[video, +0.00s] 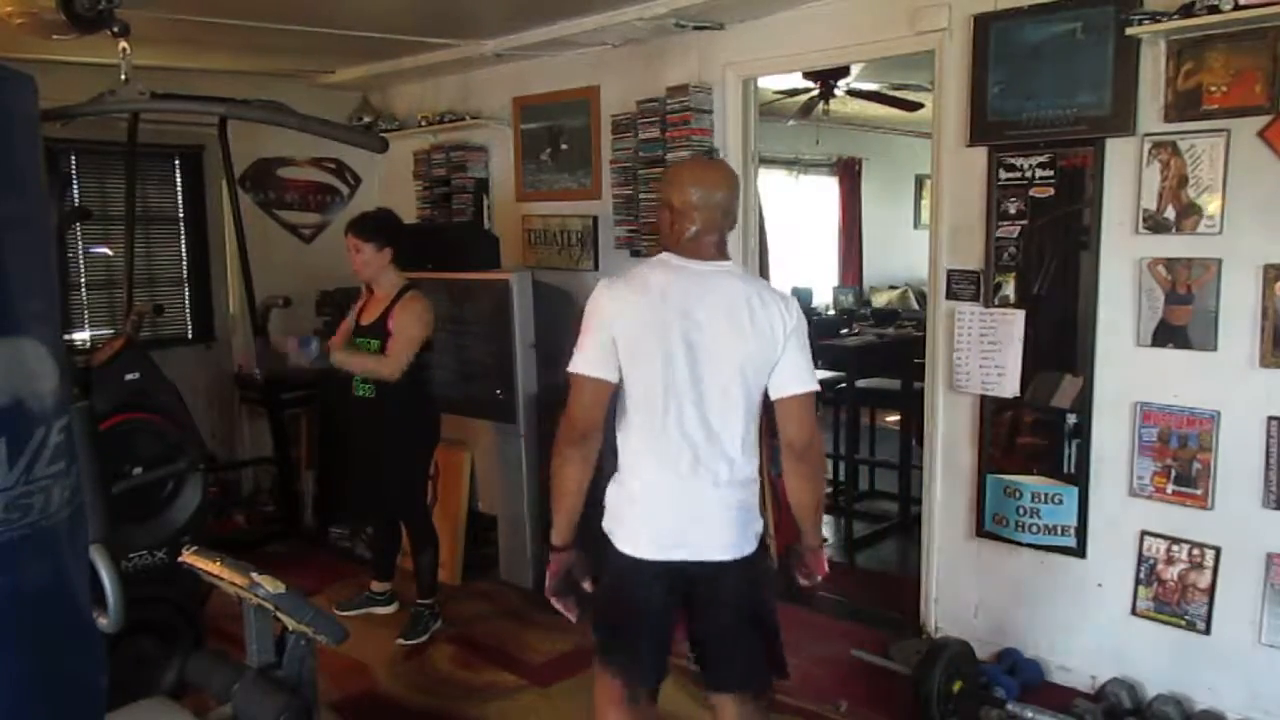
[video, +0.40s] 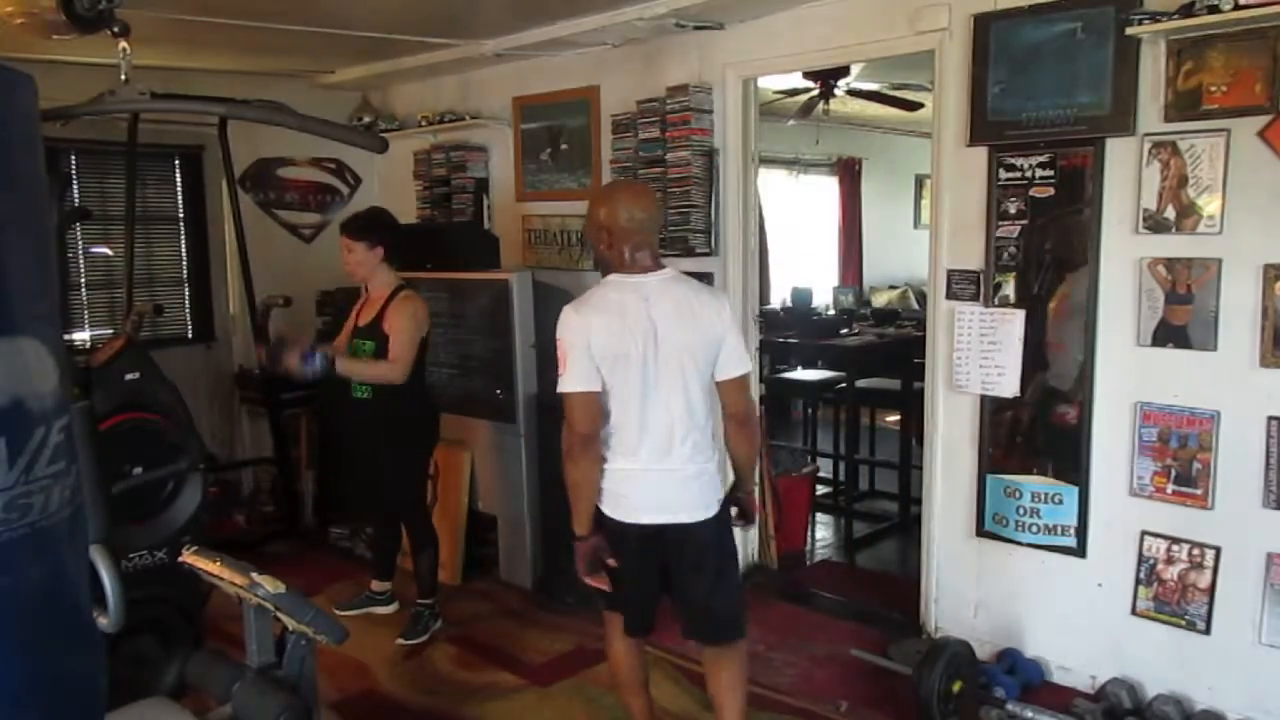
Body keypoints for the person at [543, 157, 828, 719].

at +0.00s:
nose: (656, 215)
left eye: (661, 206)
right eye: (660, 204)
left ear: (677, 216)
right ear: (729, 219)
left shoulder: (618, 297)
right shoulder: (774, 309)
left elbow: (580, 432)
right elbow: (800, 441)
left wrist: (562, 543)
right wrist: (811, 539)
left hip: (637, 546)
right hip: (732, 548)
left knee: (621, 691)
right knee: (738, 699)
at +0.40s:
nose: (589, 238)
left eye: (591, 231)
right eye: (592, 229)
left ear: (602, 239)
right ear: (658, 233)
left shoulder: (583, 316)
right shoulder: (711, 305)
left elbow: (583, 435)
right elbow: (739, 412)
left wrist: (584, 531)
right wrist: (747, 486)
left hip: (624, 516)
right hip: (700, 515)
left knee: (623, 626)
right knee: (724, 642)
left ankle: (640, 713)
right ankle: (732, 714)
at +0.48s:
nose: (586, 235)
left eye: (587, 228)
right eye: (588, 226)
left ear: (597, 233)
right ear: (652, 227)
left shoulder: (577, 308)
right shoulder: (703, 299)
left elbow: (573, 425)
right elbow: (728, 406)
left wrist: (563, 510)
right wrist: (729, 477)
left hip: (617, 500)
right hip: (693, 493)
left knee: (619, 617)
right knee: (713, 605)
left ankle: (639, 713)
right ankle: (734, 709)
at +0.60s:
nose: (579, 218)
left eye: (581, 209)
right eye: (581, 208)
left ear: (596, 211)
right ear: (642, 210)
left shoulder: (576, 286)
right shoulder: (690, 278)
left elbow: (562, 394)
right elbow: (713, 382)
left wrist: (532, 454)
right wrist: (708, 459)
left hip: (614, 476)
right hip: (684, 467)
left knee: (622, 599)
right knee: (691, 568)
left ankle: (641, 711)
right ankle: (725, 685)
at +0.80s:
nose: (563, 227)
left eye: (568, 217)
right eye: (565, 216)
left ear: (594, 219)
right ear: (621, 219)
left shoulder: (582, 283)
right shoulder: (667, 278)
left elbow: (567, 388)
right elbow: (686, 374)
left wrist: (501, 432)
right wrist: (678, 441)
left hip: (617, 464)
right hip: (671, 457)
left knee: (617, 599)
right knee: (662, 554)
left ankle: (640, 712)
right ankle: (660, 641)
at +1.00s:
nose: (555, 230)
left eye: (562, 220)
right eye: (556, 219)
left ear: (598, 223)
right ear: (605, 225)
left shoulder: (596, 290)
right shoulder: (648, 277)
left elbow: (603, 387)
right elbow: (670, 359)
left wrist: (569, 479)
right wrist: (648, 417)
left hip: (615, 457)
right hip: (650, 450)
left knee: (608, 588)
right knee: (624, 554)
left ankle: (643, 711)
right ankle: (640, 640)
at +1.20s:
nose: (555, 223)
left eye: (563, 212)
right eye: (553, 213)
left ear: (599, 215)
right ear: (573, 218)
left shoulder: (621, 272)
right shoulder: (589, 271)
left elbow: (653, 365)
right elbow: (613, 356)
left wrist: (648, 450)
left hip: (623, 443)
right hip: (599, 438)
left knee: (611, 563)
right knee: (611, 556)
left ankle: (657, 697)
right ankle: (639, 646)